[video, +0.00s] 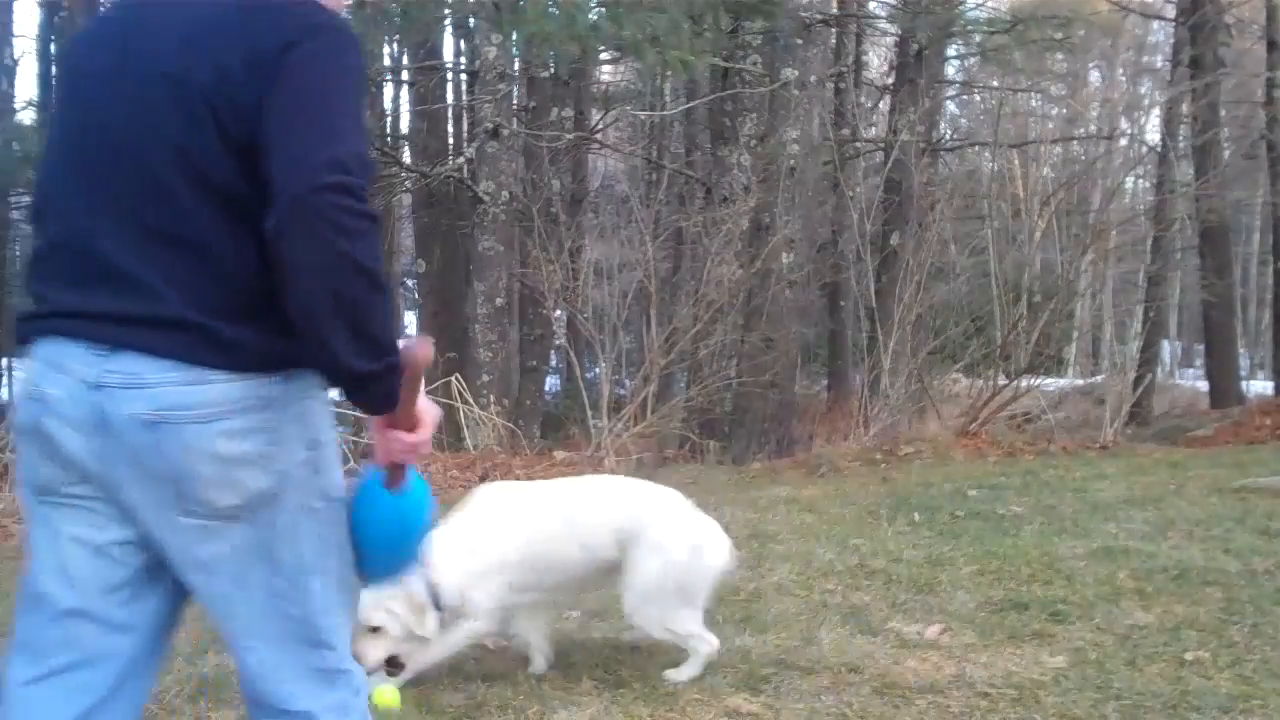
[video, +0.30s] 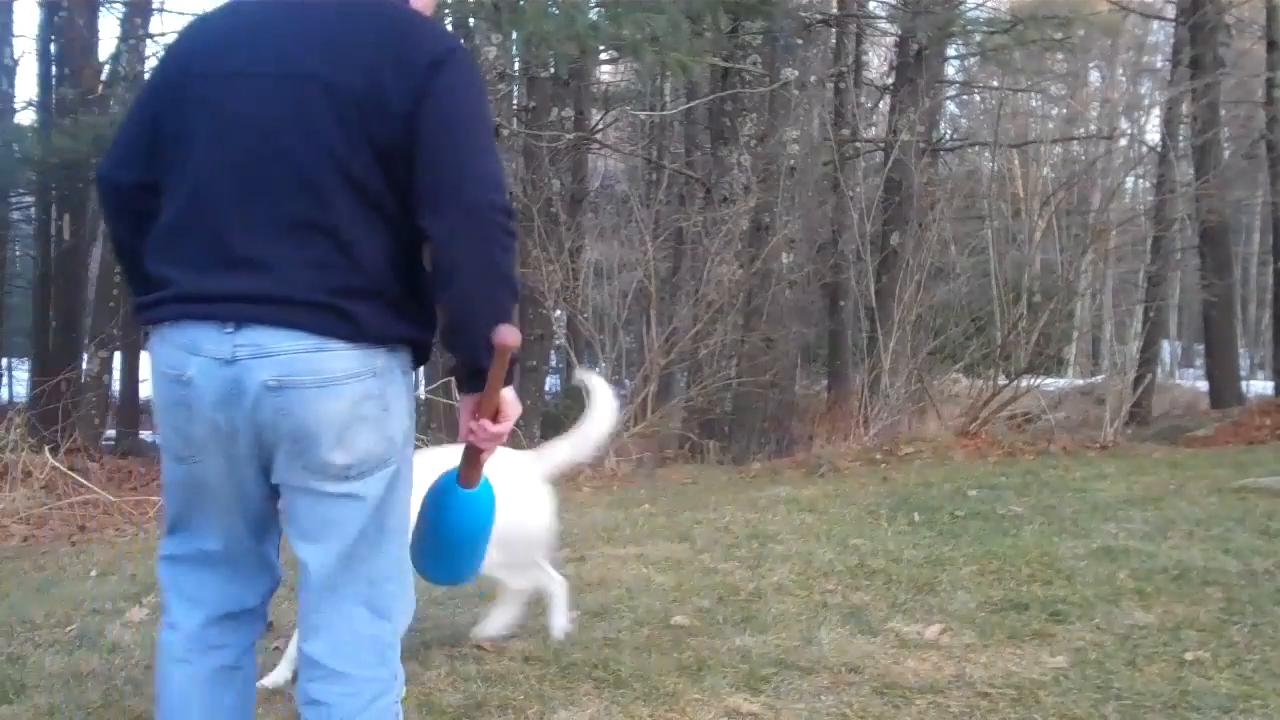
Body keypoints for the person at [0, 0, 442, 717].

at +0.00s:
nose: (348, 5)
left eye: (351, 4)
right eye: (347, 1)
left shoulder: (108, 27)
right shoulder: (307, 35)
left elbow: (63, 210)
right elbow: (318, 214)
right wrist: (383, 382)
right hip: (224, 399)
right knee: (309, 683)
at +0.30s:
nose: (438, 12)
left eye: (439, 7)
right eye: (437, 6)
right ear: (415, 1)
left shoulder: (211, 31)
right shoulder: (427, 48)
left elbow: (123, 176)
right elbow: (469, 214)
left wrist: (167, 302)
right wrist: (482, 376)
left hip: (188, 355)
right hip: (339, 359)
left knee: (206, 588)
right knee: (351, 602)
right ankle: (348, 708)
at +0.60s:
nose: (423, 34)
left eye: (425, 23)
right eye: (427, 22)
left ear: (333, 12)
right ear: (412, 17)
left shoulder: (227, 90)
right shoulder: (434, 92)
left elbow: (159, 233)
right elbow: (498, 242)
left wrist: (216, 336)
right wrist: (479, 377)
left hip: (236, 373)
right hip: (372, 370)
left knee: (259, 597)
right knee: (369, 602)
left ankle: (273, 716)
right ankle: (358, 713)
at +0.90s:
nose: (407, 85)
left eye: (409, 76)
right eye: (410, 75)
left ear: (331, 46)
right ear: (395, 62)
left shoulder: (229, 103)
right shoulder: (409, 121)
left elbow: (157, 235)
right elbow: (448, 269)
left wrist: (196, 337)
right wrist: (437, 381)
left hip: (219, 355)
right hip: (350, 359)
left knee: (241, 582)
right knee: (393, 542)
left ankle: (263, 713)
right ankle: (349, 708)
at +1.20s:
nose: (438, 141)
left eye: (442, 129)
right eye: (443, 126)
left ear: (371, 85)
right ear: (426, 110)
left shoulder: (260, 115)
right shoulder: (427, 170)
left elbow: (170, 221)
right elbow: (431, 312)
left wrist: (165, 332)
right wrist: (415, 424)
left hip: (213, 345)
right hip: (336, 365)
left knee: (235, 570)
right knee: (338, 552)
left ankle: (263, 709)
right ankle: (320, 698)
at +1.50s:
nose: (460, 138)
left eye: (465, 126)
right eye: (465, 123)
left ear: (396, 83)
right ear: (445, 99)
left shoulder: (288, 119)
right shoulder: (439, 152)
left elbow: (213, 225)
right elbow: (447, 271)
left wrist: (218, 317)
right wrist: (441, 385)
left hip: (238, 340)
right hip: (338, 355)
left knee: (254, 498)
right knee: (328, 538)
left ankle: (239, 639)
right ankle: (296, 706)